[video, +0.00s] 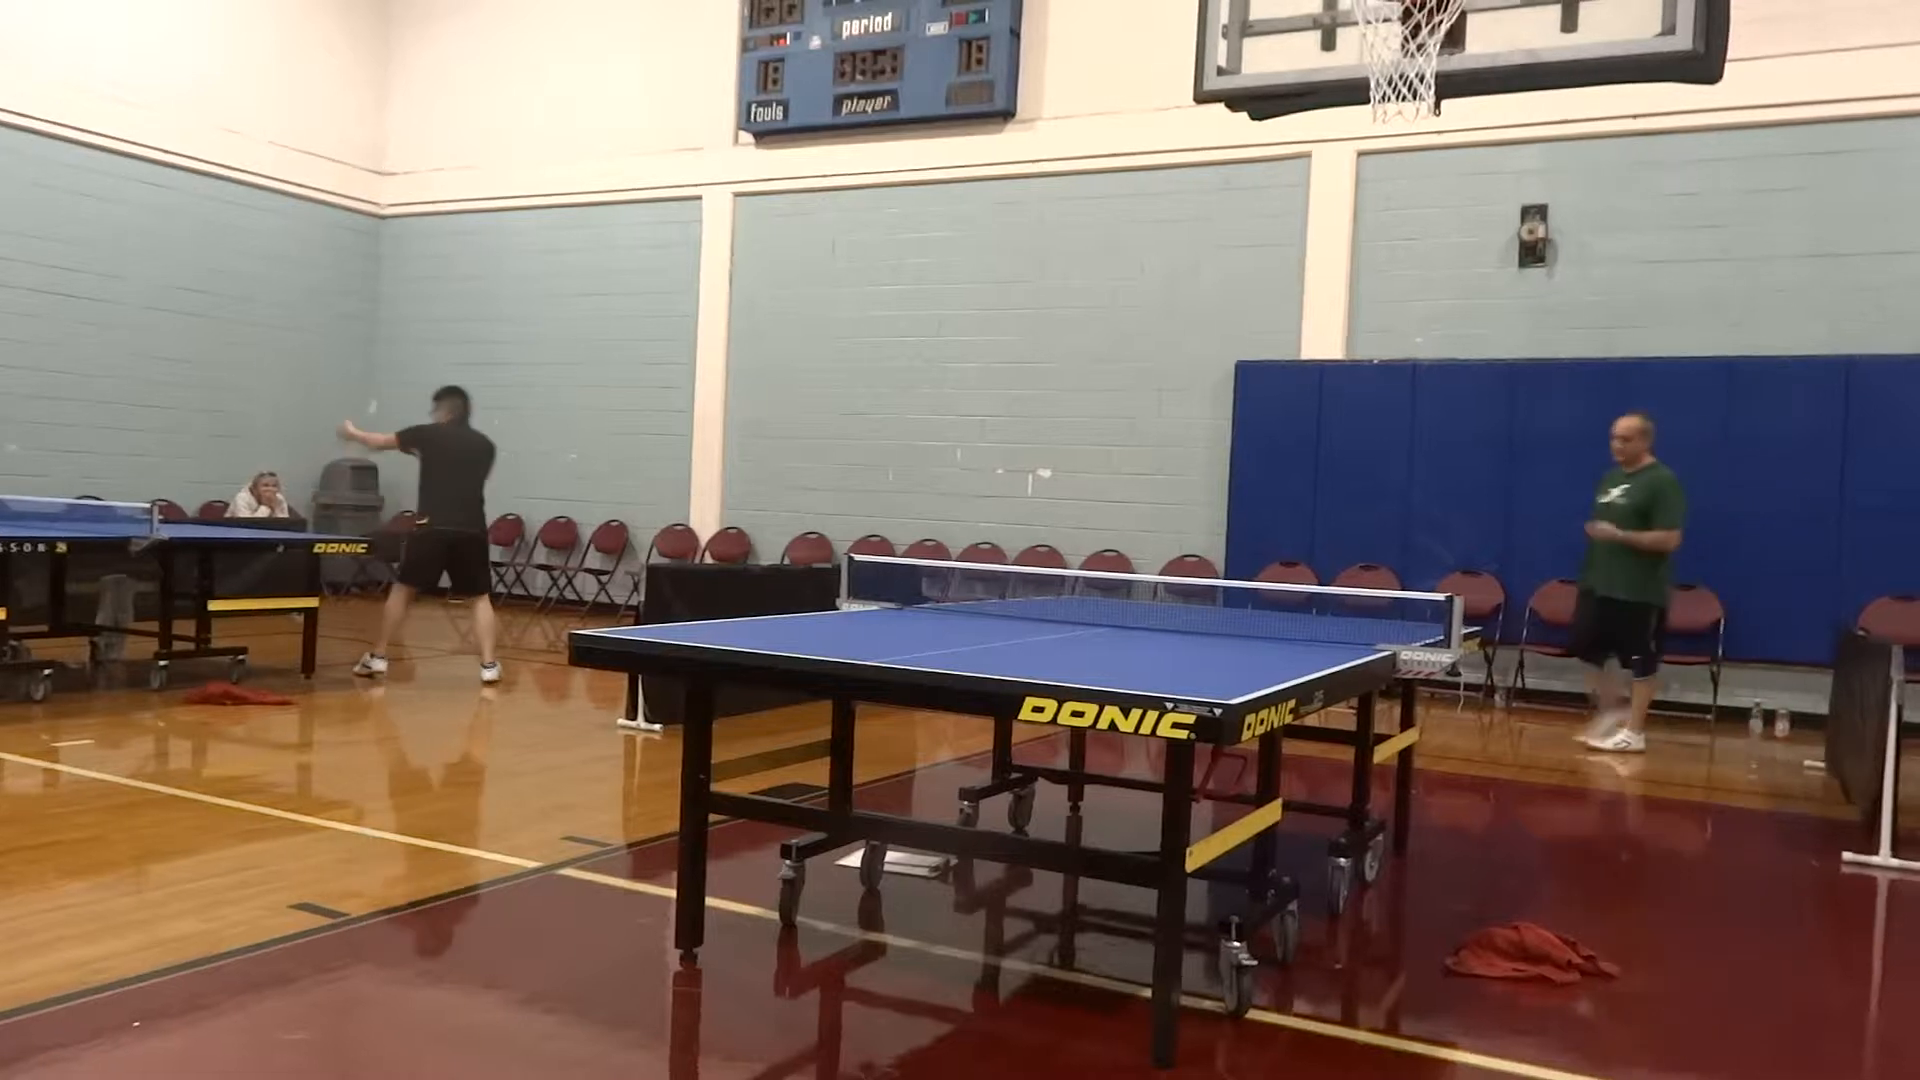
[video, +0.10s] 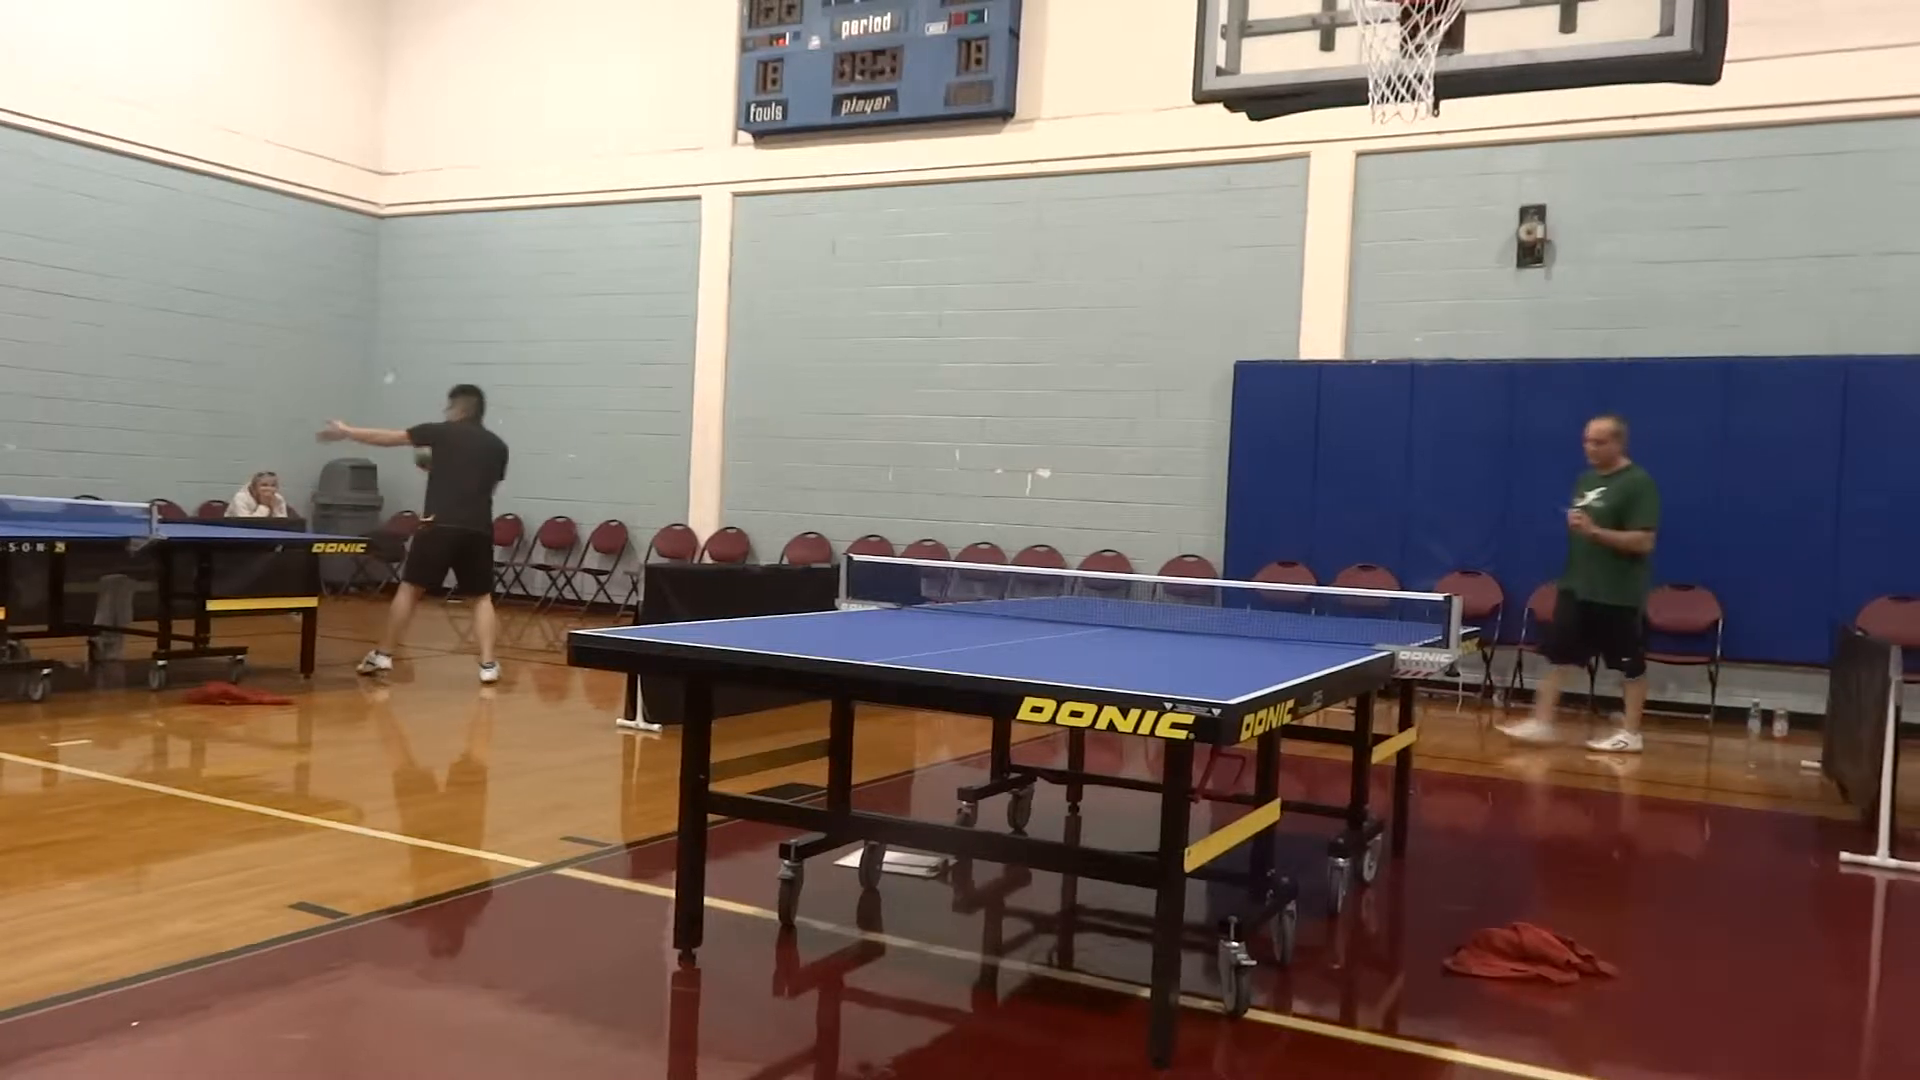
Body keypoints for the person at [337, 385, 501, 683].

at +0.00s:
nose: (433, 415)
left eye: (436, 410)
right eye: (434, 410)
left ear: (444, 411)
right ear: (465, 412)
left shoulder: (429, 434)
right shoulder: (485, 445)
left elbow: (380, 442)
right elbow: (471, 474)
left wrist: (353, 432)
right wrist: (422, 449)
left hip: (431, 531)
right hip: (472, 534)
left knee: (403, 589)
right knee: (481, 597)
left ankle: (378, 656)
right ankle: (489, 665)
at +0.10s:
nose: (447, 411)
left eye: (450, 407)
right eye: (449, 406)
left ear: (460, 408)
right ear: (479, 410)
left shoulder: (442, 432)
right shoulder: (497, 445)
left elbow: (391, 438)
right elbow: (488, 487)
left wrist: (347, 432)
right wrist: (437, 467)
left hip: (438, 529)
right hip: (478, 534)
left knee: (409, 590)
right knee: (482, 597)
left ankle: (383, 655)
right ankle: (488, 665)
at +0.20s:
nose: (453, 411)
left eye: (456, 405)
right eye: (455, 405)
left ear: (464, 407)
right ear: (486, 410)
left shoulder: (446, 432)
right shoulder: (503, 447)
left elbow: (390, 442)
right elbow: (508, 494)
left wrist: (346, 439)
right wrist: (478, 487)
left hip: (441, 529)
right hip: (480, 534)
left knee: (415, 589)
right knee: (484, 598)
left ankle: (396, 659)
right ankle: (487, 666)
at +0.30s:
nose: (452, 410)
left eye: (455, 405)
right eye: (454, 405)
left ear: (463, 408)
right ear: (486, 411)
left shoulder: (447, 433)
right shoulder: (506, 447)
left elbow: (395, 451)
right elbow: (524, 491)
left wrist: (350, 457)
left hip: (442, 530)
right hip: (483, 534)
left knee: (418, 590)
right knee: (485, 598)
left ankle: (413, 657)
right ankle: (486, 665)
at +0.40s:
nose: (446, 413)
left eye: (448, 409)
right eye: (448, 408)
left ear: (455, 410)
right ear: (479, 411)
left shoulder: (442, 436)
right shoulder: (500, 443)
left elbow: (399, 463)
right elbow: (532, 478)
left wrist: (367, 483)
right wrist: (553, 501)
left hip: (444, 531)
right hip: (483, 536)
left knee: (419, 589)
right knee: (485, 601)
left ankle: (433, 643)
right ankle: (484, 664)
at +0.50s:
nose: (431, 420)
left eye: (432, 415)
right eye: (431, 415)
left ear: (439, 414)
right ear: (464, 412)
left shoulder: (433, 441)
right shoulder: (491, 440)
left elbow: (411, 477)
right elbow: (531, 465)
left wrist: (393, 508)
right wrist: (549, 475)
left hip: (444, 534)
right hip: (484, 535)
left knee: (415, 590)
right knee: (486, 602)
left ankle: (446, 634)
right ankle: (484, 665)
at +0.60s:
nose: (412, 430)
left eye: (413, 423)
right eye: (410, 424)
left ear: (424, 419)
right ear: (440, 414)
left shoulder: (425, 446)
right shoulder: (476, 436)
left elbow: (423, 485)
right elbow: (519, 458)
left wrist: (411, 526)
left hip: (448, 535)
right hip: (486, 535)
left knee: (413, 593)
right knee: (483, 599)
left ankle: (443, 655)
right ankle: (482, 664)